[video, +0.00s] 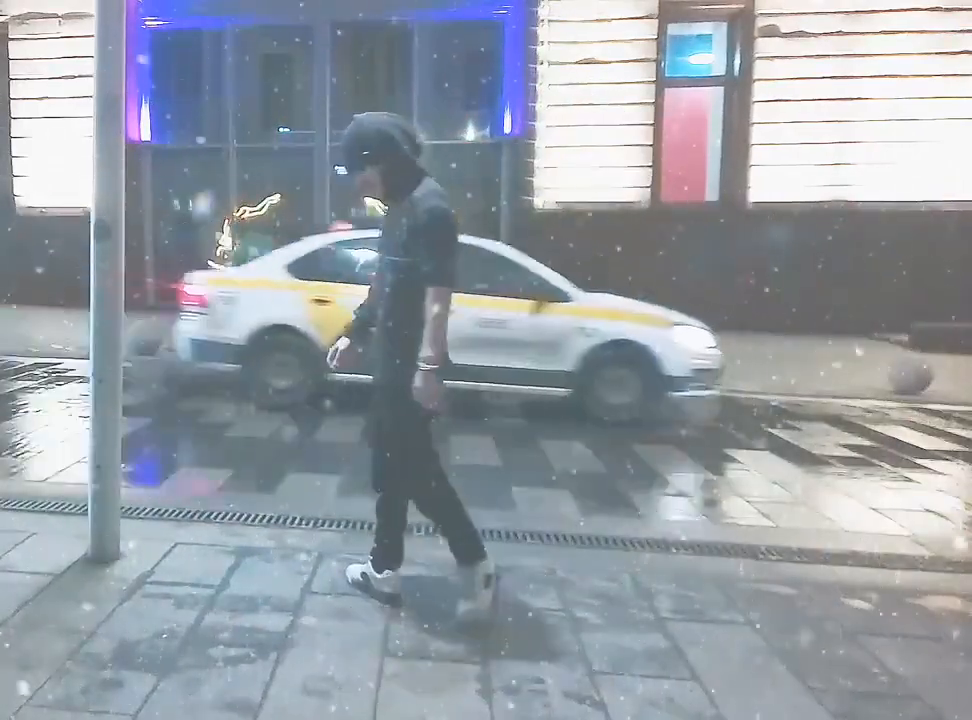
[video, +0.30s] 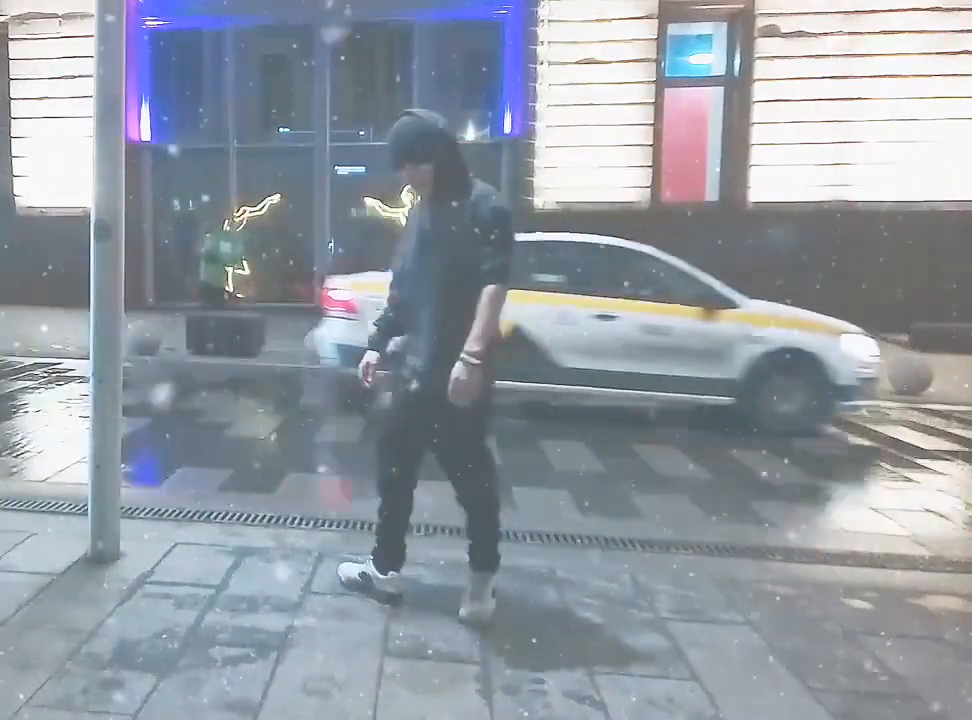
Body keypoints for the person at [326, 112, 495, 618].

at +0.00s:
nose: (360, 184)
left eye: (363, 171)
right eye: (357, 173)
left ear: (388, 161)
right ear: (384, 164)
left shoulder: (430, 211)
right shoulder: (401, 208)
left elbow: (439, 296)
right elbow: (385, 287)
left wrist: (430, 367)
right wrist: (353, 335)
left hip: (408, 360)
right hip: (389, 356)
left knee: (401, 463)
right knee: (401, 462)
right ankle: (384, 569)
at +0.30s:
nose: (404, 176)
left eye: (410, 165)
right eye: (401, 167)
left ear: (438, 158)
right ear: (413, 165)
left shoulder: (486, 208)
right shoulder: (422, 210)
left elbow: (495, 287)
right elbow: (404, 288)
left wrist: (472, 356)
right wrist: (377, 343)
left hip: (459, 363)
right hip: (417, 359)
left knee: (469, 469)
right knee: (394, 457)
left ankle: (483, 572)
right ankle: (386, 567)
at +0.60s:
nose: (444, 173)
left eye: (453, 162)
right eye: (439, 163)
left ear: (480, 157)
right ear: (437, 164)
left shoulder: (528, 212)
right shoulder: (434, 214)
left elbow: (539, 295)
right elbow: (418, 292)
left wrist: (535, 364)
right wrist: (404, 356)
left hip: (492, 370)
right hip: (434, 365)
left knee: (495, 483)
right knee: (407, 471)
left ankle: (483, 580)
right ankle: (391, 576)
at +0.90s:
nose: (479, 170)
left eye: (489, 159)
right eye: (470, 159)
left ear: (508, 158)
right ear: (458, 159)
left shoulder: (537, 212)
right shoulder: (435, 208)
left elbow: (560, 286)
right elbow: (411, 287)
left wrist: (572, 354)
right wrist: (395, 350)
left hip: (501, 366)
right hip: (435, 358)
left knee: (495, 478)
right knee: (415, 470)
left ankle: (483, 576)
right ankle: (394, 580)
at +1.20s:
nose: (474, 169)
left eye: (486, 159)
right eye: (466, 157)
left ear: (505, 160)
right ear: (454, 155)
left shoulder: (520, 218)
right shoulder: (422, 204)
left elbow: (531, 289)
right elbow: (384, 275)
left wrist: (571, 332)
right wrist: (364, 332)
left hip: (483, 368)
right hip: (419, 363)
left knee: (480, 484)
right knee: (393, 480)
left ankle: (481, 577)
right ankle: (368, 582)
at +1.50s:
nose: (443, 167)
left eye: (454, 156)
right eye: (435, 155)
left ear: (469, 158)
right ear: (418, 149)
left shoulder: (480, 212)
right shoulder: (383, 202)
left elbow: (500, 288)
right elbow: (349, 269)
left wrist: (547, 310)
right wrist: (336, 303)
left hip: (448, 368)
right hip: (385, 365)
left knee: (445, 475)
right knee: (368, 478)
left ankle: (475, 575)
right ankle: (360, 585)